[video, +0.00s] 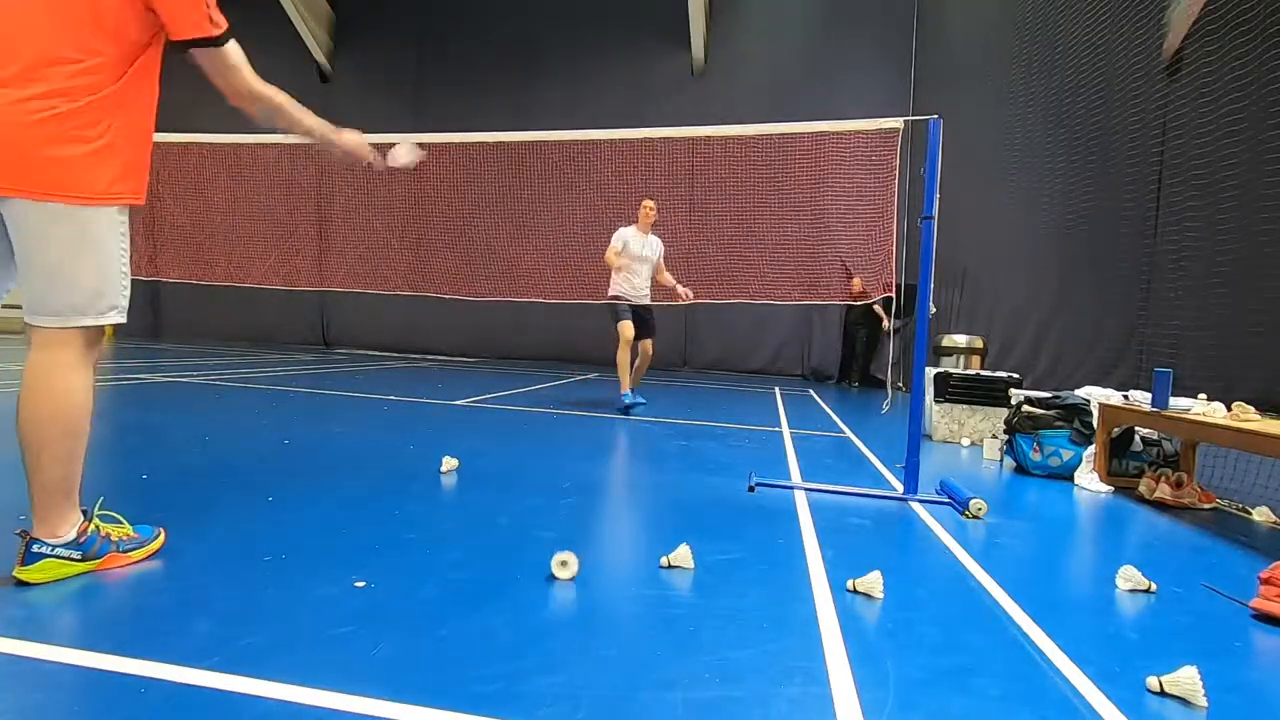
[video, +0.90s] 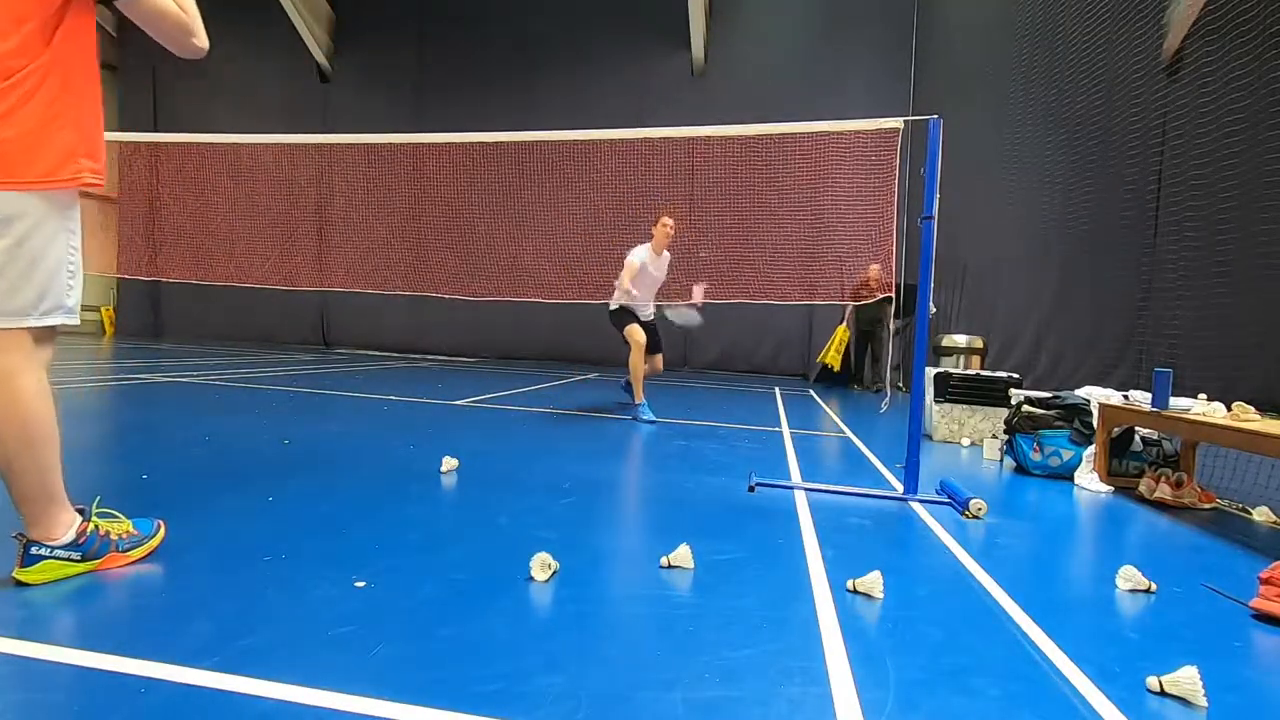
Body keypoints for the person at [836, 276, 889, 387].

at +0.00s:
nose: (856, 287)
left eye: (858, 285)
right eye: (854, 285)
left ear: (862, 285)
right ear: (850, 286)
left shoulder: (867, 299)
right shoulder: (849, 300)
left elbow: (876, 307)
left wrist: (884, 318)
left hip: (863, 328)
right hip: (849, 328)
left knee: (859, 353)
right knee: (847, 352)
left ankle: (855, 379)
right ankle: (845, 377)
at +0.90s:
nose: (873, 273)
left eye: (876, 270)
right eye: (871, 270)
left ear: (881, 273)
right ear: (866, 273)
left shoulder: (884, 289)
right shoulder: (859, 288)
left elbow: (889, 307)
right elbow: (851, 304)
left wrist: (890, 322)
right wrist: (846, 322)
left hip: (878, 327)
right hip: (861, 326)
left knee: (877, 357)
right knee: (859, 357)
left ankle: (878, 383)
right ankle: (858, 381)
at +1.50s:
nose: (884, 268)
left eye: (885, 265)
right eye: (881, 265)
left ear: (888, 267)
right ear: (875, 267)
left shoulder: (893, 284)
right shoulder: (868, 285)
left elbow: (903, 298)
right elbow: (861, 304)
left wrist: (902, 309)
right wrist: (859, 323)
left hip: (886, 325)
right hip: (870, 324)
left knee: (884, 356)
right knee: (872, 354)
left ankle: (880, 384)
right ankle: (871, 385)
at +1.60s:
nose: (881, 266)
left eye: (883, 263)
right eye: (878, 263)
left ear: (887, 266)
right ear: (874, 266)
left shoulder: (892, 283)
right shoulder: (867, 284)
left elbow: (902, 298)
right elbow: (861, 303)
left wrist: (903, 312)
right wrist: (858, 321)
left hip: (887, 325)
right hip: (870, 324)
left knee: (885, 357)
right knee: (871, 355)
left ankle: (881, 386)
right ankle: (871, 387)